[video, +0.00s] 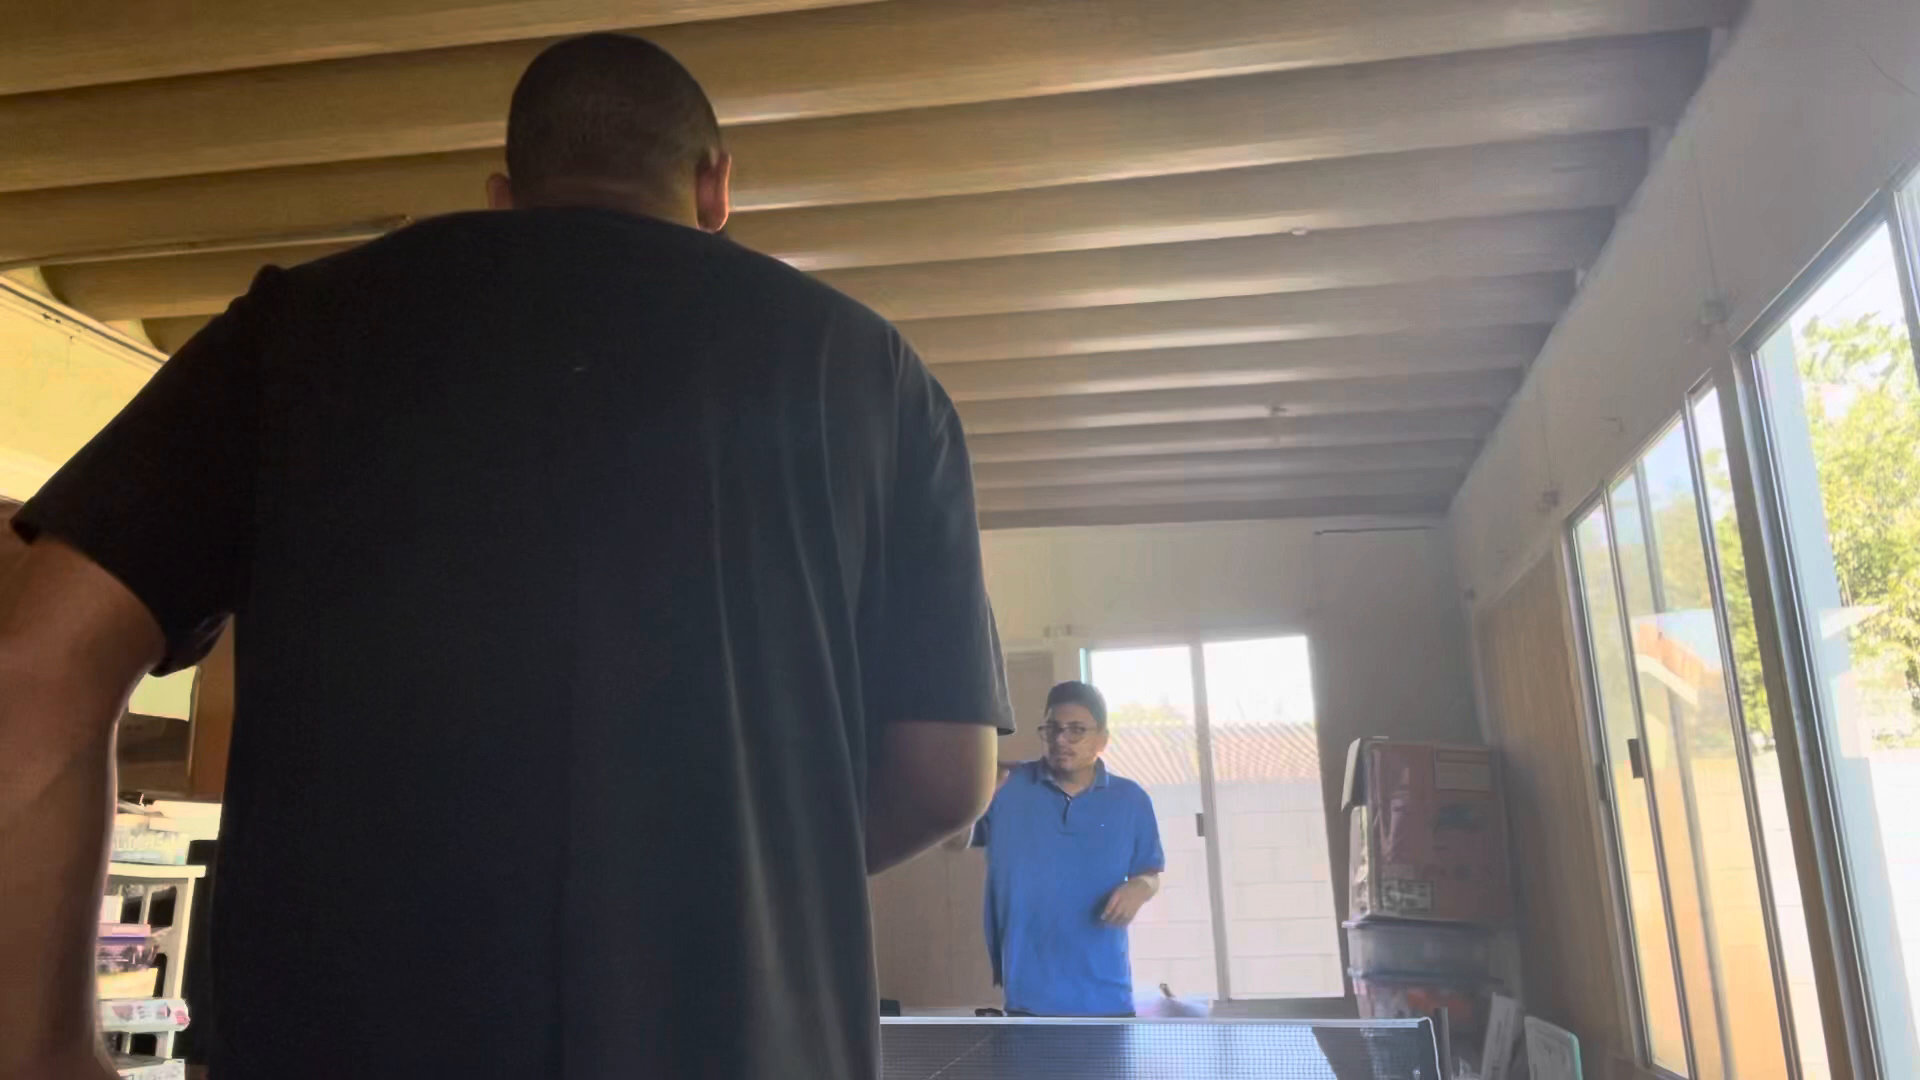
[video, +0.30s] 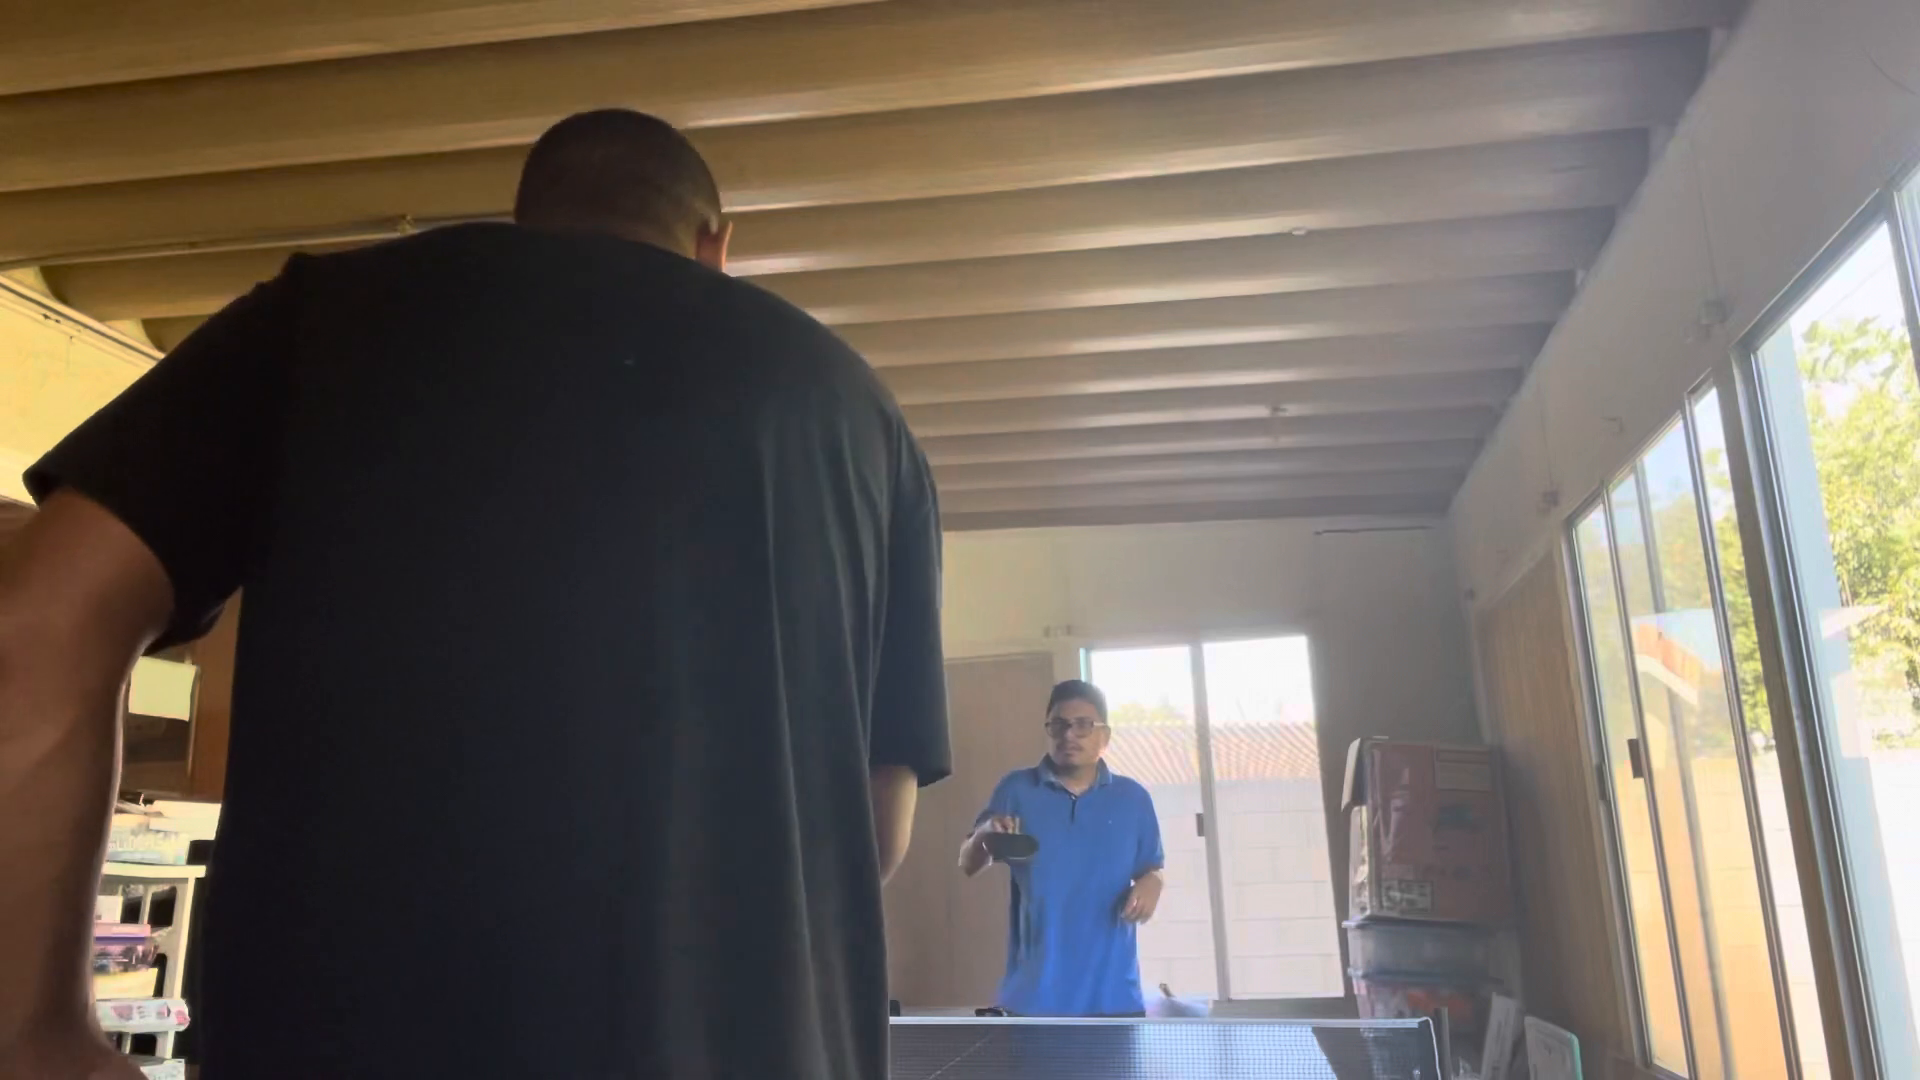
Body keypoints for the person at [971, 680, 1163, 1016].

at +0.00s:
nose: (1061, 740)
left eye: (1077, 730)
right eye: (1053, 728)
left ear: (1101, 741)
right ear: (1042, 733)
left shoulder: (1129, 800)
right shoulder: (1008, 789)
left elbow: (1150, 873)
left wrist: (1139, 888)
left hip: (1104, 990)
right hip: (1027, 988)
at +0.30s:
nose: (1070, 735)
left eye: (1083, 725)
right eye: (1060, 724)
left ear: (1105, 737)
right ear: (1047, 731)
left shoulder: (1132, 798)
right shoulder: (1017, 790)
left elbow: (1150, 868)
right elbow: (968, 865)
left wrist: (1151, 882)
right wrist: (987, 837)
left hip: (1112, 992)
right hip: (1033, 993)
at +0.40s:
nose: (1069, 734)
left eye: (1081, 724)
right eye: (1059, 724)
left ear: (1103, 735)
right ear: (1045, 731)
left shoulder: (1131, 797)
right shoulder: (1017, 791)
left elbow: (1151, 866)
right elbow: (971, 868)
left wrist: (1152, 879)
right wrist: (991, 839)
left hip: (1115, 990)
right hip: (1039, 991)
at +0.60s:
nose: (1066, 732)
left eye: (1078, 722)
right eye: (1055, 723)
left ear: (1100, 733)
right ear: (1042, 731)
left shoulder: (1130, 796)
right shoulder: (1016, 793)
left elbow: (1153, 864)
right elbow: (972, 872)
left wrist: (1151, 877)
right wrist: (991, 843)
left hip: (1118, 987)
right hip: (1046, 989)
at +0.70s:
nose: (1065, 731)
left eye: (1077, 720)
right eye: (1055, 721)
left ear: (1099, 733)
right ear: (1042, 731)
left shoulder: (1130, 795)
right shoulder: (1015, 794)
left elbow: (1152, 864)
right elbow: (972, 874)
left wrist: (1150, 877)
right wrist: (990, 846)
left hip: (1118, 987)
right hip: (1046, 990)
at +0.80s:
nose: (1064, 729)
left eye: (1076, 719)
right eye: (1054, 720)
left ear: (1098, 733)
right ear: (1041, 731)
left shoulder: (1129, 795)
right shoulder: (1014, 795)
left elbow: (1152, 864)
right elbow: (973, 876)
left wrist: (1150, 878)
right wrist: (991, 847)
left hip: (1118, 988)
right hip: (1046, 991)